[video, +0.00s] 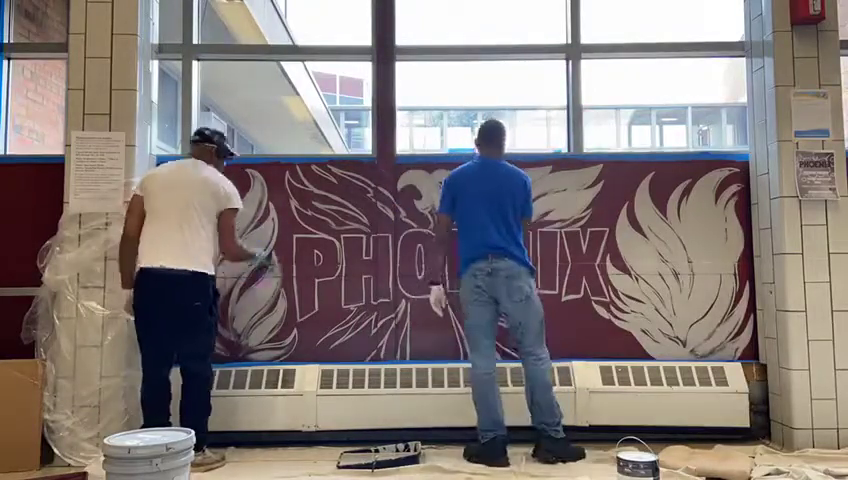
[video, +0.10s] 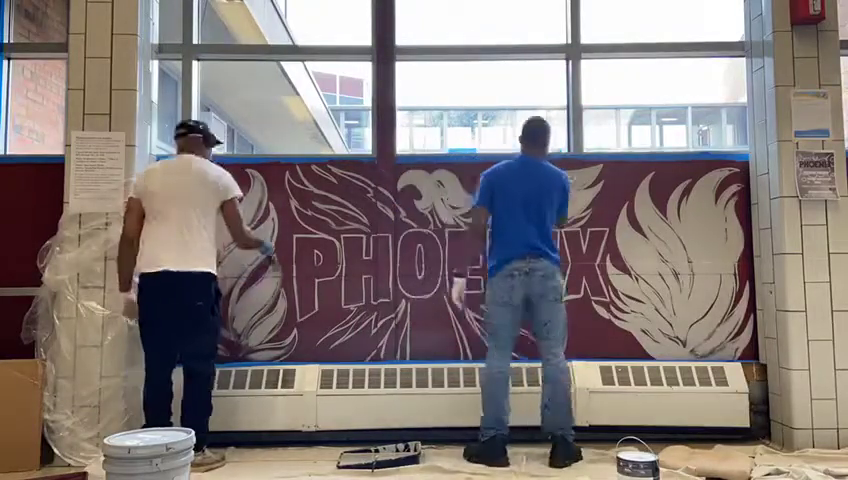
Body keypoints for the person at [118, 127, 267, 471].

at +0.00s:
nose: (224, 165)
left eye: (225, 160)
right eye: (224, 160)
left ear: (193, 149)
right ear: (215, 154)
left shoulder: (152, 177)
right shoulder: (222, 186)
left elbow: (130, 235)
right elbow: (230, 250)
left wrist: (129, 285)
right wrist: (255, 255)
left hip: (150, 284)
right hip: (194, 286)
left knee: (154, 371)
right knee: (197, 370)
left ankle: (154, 449)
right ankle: (194, 449)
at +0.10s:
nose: (211, 153)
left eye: (210, 148)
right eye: (210, 147)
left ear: (177, 145)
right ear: (205, 146)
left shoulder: (147, 175)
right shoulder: (218, 176)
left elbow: (129, 236)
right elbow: (241, 237)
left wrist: (125, 289)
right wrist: (262, 245)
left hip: (153, 283)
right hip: (198, 283)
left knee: (157, 369)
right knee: (199, 367)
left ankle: (155, 449)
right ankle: (194, 449)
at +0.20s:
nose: (234, 182)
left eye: (236, 178)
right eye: (235, 177)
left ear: (208, 159)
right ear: (230, 169)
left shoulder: (160, 173)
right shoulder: (227, 197)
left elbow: (128, 221)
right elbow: (233, 261)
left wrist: (124, 274)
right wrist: (243, 288)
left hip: (143, 282)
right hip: (189, 288)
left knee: (150, 371)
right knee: (195, 369)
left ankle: (156, 450)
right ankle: (194, 449)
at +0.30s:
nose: (227, 188)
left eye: (230, 182)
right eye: (229, 182)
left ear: (203, 163)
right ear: (222, 172)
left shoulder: (155, 176)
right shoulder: (219, 203)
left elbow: (119, 223)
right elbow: (214, 269)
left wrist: (113, 275)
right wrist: (216, 305)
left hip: (135, 283)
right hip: (182, 290)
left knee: (145, 372)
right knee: (190, 369)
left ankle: (155, 450)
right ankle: (194, 450)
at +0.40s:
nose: (209, 176)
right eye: (210, 172)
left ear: (176, 162)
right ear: (206, 168)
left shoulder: (142, 180)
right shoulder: (214, 198)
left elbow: (120, 230)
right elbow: (214, 257)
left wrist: (114, 285)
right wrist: (206, 294)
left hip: (139, 285)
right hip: (185, 290)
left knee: (146, 372)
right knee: (191, 369)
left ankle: (152, 449)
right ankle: (193, 449)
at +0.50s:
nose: (215, 181)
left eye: (216, 176)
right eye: (215, 176)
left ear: (182, 160)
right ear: (208, 167)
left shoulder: (140, 179)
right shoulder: (212, 197)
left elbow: (116, 231)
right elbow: (209, 261)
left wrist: (112, 283)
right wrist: (214, 297)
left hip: (134, 286)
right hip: (181, 290)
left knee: (144, 373)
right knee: (189, 370)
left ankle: (153, 450)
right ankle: (193, 449)